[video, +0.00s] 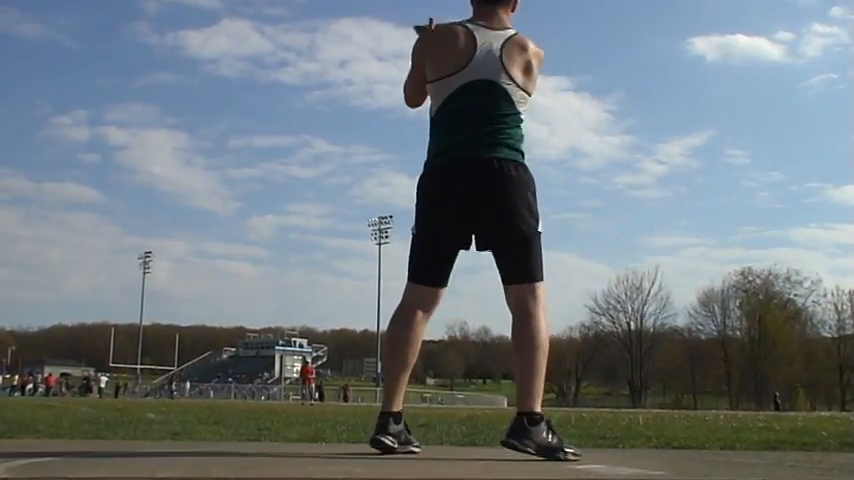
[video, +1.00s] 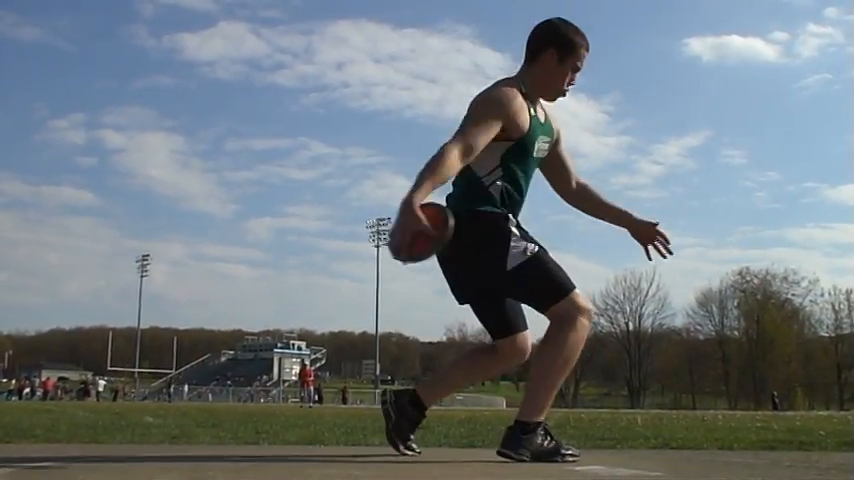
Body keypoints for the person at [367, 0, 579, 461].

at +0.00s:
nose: (517, 11)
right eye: (519, 7)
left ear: (471, 4)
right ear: (514, 7)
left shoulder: (435, 38)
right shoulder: (529, 50)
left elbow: (414, 96)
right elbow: (518, 90)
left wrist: (425, 42)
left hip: (443, 179)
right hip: (506, 180)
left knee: (418, 302)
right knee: (529, 304)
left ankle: (389, 419)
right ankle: (530, 421)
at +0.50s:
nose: (526, 16)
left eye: (526, 10)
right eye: (527, 10)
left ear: (480, 3)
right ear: (515, 7)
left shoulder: (432, 47)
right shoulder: (524, 47)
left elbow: (433, 98)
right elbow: (541, 76)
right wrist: (517, 50)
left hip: (434, 187)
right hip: (492, 183)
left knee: (427, 307)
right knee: (530, 303)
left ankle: (388, 418)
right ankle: (528, 428)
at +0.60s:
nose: (534, 22)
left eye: (535, 15)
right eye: (534, 13)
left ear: (489, 5)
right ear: (519, 6)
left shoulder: (442, 53)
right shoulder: (522, 47)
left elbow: (495, 121)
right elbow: (580, 83)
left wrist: (561, 109)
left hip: (434, 188)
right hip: (487, 184)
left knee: (445, 306)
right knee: (533, 300)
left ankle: (389, 409)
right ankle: (529, 428)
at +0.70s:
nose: (540, 36)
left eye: (544, 27)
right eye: (540, 24)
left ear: (501, 13)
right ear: (516, 12)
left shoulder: (467, 59)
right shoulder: (517, 58)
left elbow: (520, 134)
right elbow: (591, 107)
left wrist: (594, 138)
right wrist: (652, 132)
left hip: (437, 194)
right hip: (481, 191)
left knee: (465, 312)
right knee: (539, 300)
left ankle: (393, 405)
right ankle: (528, 430)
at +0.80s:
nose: (553, 52)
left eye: (557, 44)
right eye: (552, 40)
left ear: (522, 27)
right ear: (527, 26)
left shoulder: (490, 73)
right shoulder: (512, 70)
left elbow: (546, 153)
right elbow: (562, 131)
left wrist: (614, 167)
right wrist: (623, 176)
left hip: (444, 204)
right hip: (477, 201)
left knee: (484, 320)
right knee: (549, 304)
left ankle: (399, 401)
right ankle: (528, 432)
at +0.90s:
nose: (563, 67)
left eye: (568, 59)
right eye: (563, 55)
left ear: (540, 47)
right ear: (538, 42)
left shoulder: (529, 105)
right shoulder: (505, 84)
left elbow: (563, 170)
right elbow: (505, 151)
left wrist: (623, 198)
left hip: (457, 219)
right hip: (477, 216)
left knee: (501, 334)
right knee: (563, 307)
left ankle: (407, 401)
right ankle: (528, 430)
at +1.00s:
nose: (573, 81)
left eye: (578, 72)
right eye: (571, 69)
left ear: (555, 63)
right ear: (546, 57)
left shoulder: (546, 122)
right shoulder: (504, 99)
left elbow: (571, 188)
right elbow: (459, 150)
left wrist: (630, 222)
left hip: (465, 236)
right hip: (486, 228)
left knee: (514, 347)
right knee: (576, 314)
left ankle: (412, 404)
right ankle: (527, 432)